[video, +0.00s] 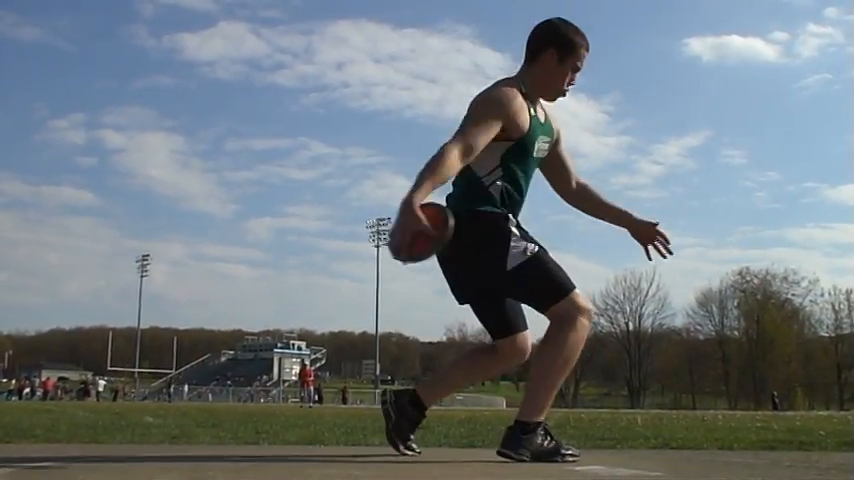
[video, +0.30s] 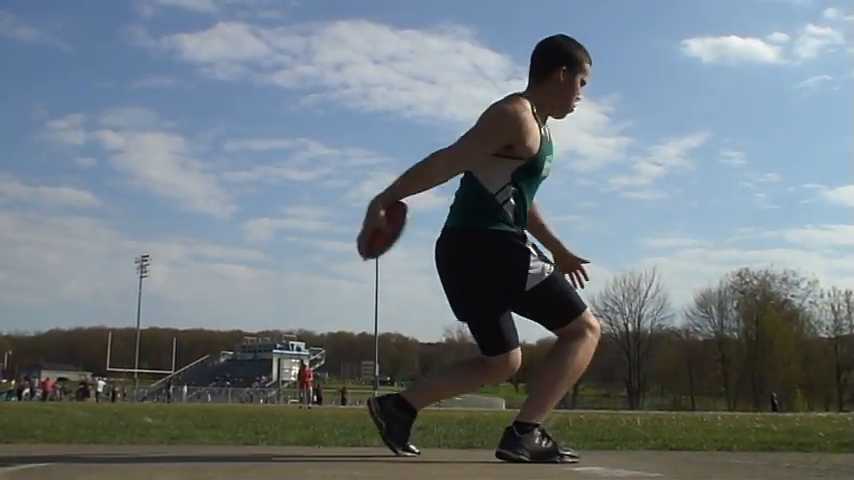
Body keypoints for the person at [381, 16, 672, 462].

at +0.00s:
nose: (573, 81)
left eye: (578, 72)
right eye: (571, 69)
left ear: (555, 63)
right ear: (546, 57)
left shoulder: (546, 122)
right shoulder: (504, 99)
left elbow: (571, 188)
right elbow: (459, 150)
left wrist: (630, 222)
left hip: (465, 236)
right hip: (486, 228)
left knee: (514, 347)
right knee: (576, 314)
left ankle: (412, 404)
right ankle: (527, 432)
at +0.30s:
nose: (581, 96)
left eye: (584, 87)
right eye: (582, 83)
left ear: (555, 77)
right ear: (558, 75)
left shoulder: (536, 129)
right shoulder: (515, 114)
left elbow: (519, 201)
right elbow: (450, 160)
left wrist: (557, 249)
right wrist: (384, 199)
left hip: (463, 250)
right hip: (495, 246)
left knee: (504, 360)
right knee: (585, 329)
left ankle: (401, 406)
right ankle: (526, 432)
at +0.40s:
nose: (569, 76)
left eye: (571, 67)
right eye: (570, 66)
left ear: (526, 61)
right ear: (557, 64)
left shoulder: (494, 104)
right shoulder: (530, 108)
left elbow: (477, 172)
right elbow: (503, 164)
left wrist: (514, 221)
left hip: (452, 235)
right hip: (494, 232)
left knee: (484, 350)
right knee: (572, 331)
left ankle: (390, 409)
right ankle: (526, 432)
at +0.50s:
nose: (550, 49)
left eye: (548, 42)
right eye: (550, 42)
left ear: (504, 37)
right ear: (542, 42)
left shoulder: (463, 79)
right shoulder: (537, 89)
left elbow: (437, 147)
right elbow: (581, 149)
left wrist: (490, 155)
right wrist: (636, 198)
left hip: (442, 213)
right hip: (494, 211)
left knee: (460, 327)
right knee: (551, 323)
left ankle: (380, 412)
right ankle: (525, 431)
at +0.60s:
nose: (532, 15)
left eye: (528, 11)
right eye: (532, 10)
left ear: (484, 10)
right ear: (528, 11)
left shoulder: (444, 51)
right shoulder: (533, 60)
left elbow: (420, 120)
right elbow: (596, 109)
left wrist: (471, 132)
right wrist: (643, 134)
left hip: (434, 192)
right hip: (492, 190)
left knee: (434, 306)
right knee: (533, 309)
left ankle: (379, 411)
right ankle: (527, 426)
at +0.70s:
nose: (515, 10)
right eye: (516, 7)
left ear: (471, 2)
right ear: (513, 5)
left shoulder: (429, 41)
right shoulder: (530, 47)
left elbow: (414, 106)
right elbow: (559, 81)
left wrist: (455, 81)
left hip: (433, 180)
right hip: (493, 179)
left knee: (416, 301)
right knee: (525, 305)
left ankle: (383, 412)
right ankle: (530, 419)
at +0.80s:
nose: (508, 10)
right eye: (510, 7)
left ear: (460, 4)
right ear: (505, 5)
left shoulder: (421, 44)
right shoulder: (523, 47)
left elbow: (409, 100)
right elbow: (509, 90)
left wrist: (427, 44)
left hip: (435, 183)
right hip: (498, 182)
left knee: (412, 303)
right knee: (525, 307)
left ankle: (382, 420)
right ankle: (529, 421)